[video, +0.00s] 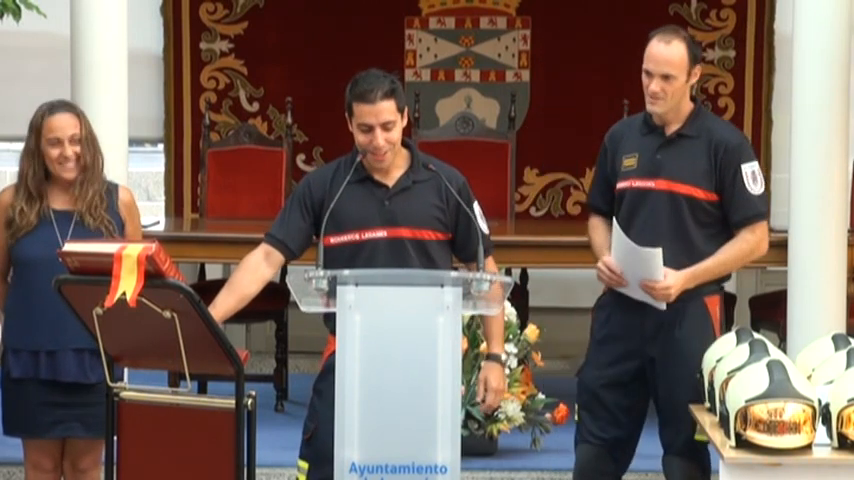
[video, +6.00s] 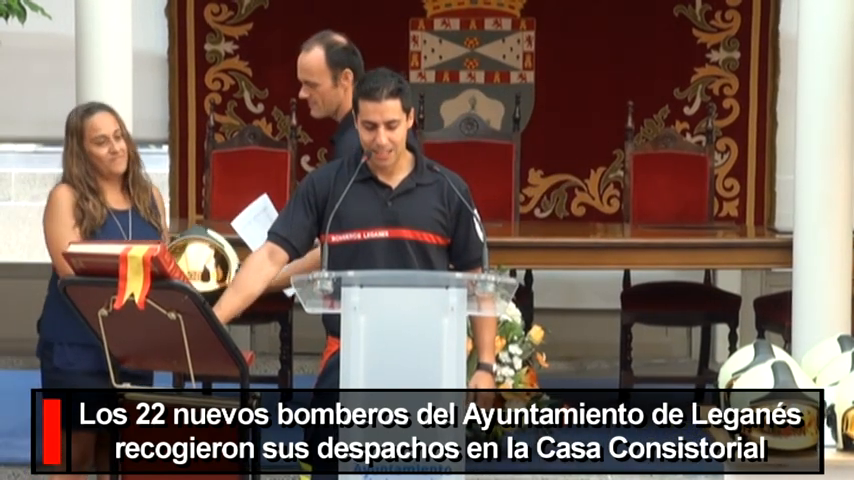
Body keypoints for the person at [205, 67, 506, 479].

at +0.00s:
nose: (378, 141)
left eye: (387, 127)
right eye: (366, 129)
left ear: (405, 120)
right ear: (349, 125)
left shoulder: (447, 186)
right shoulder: (322, 186)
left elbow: (486, 273)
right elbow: (267, 257)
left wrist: (494, 357)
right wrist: (207, 321)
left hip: (428, 356)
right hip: (349, 356)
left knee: (425, 469)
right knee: (323, 466)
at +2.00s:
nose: (380, 139)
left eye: (391, 125)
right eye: (369, 126)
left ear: (408, 119)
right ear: (353, 123)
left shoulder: (447, 188)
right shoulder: (323, 184)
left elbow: (477, 279)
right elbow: (267, 255)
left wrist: (487, 361)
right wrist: (207, 322)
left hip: (428, 352)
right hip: (348, 351)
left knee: (429, 467)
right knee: (322, 462)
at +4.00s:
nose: (380, 139)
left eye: (390, 126)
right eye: (368, 127)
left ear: (406, 118)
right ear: (351, 122)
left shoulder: (445, 188)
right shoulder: (322, 184)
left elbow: (475, 280)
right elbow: (267, 255)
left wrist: (482, 364)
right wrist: (207, 322)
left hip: (427, 351)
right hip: (347, 350)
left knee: (429, 469)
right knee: (329, 465)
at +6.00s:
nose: (380, 139)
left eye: (391, 126)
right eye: (369, 127)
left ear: (411, 120)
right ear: (355, 123)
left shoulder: (449, 191)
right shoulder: (326, 184)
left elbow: (478, 282)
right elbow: (271, 256)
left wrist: (486, 366)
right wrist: (213, 322)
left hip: (430, 357)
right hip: (350, 355)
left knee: (432, 471)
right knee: (331, 467)